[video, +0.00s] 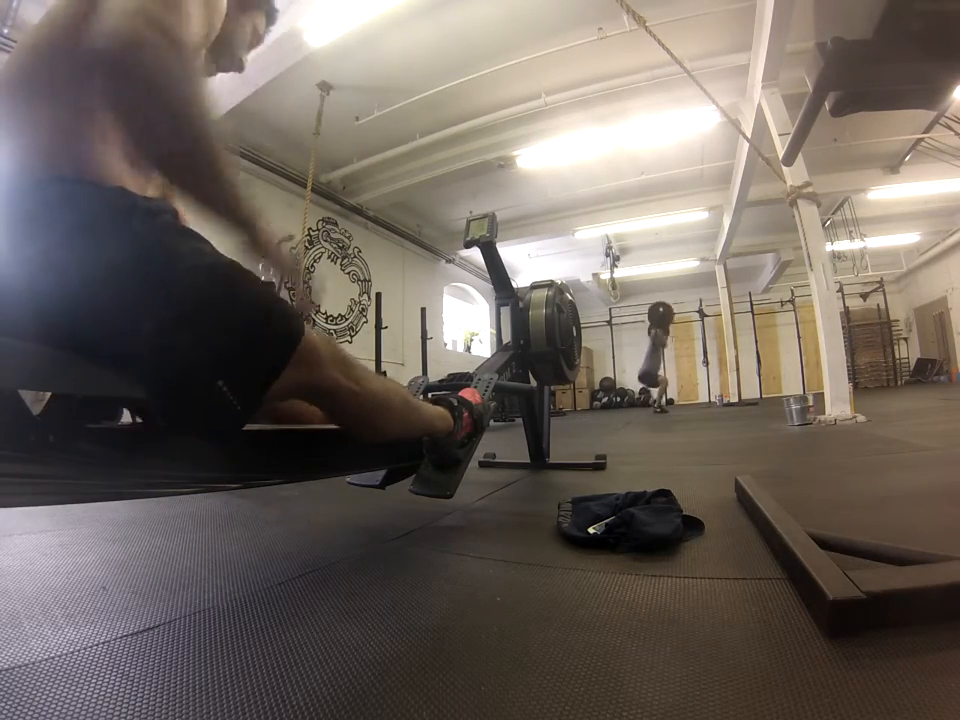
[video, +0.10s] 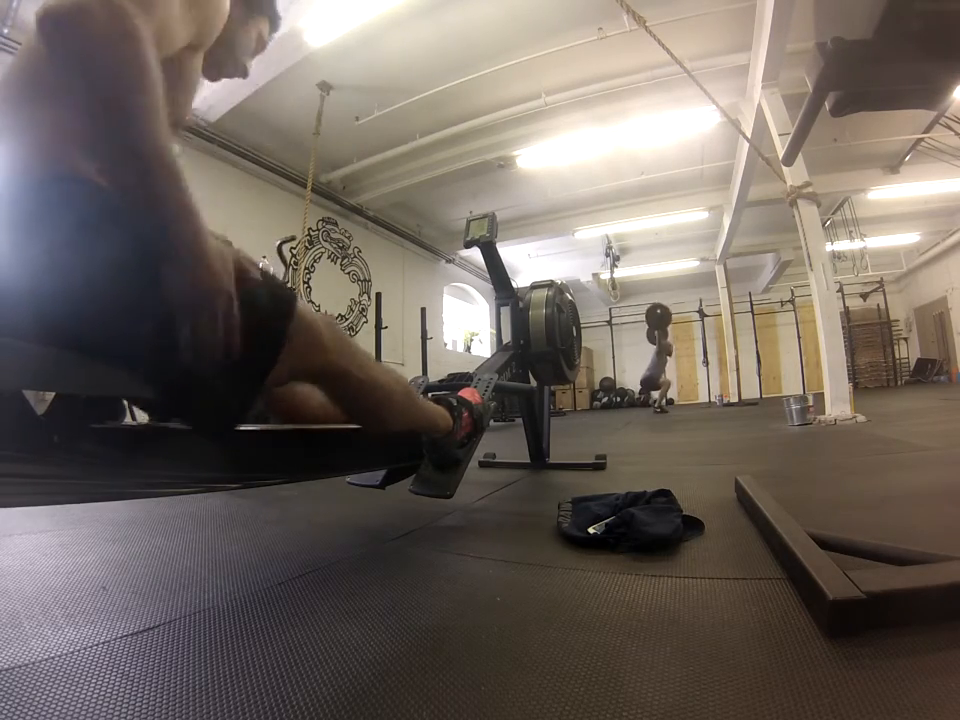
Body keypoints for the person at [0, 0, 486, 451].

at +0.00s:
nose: (256, 48)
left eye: (265, 36)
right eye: (264, 25)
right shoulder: (179, 2)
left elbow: (154, 200)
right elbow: (128, 53)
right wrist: (258, 233)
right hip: (75, 218)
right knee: (322, 366)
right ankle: (444, 424)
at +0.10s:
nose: (257, 57)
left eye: (266, 45)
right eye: (265, 33)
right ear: (243, 7)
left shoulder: (168, 84)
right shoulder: (204, 6)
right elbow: (86, 19)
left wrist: (214, 250)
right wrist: (187, 239)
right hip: (53, 217)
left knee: (279, 393)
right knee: (319, 338)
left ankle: (395, 424)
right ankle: (443, 426)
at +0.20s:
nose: (259, 70)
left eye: (272, 59)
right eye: (270, 46)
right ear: (250, 9)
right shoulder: (209, 3)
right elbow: (117, 34)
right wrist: (236, 231)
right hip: (60, 227)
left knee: (267, 348)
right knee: (331, 317)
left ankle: (358, 432)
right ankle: (443, 427)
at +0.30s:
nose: (265, 89)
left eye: (275, 76)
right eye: (274, 66)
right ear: (261, 22)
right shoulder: (220, 6)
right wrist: (304, 245)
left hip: (42, 262)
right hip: (97, 250)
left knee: (251, 329)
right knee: (343, 289)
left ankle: (359, 416)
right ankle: (444, 427)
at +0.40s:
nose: (302, 99)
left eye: (308, 92)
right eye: (306, 84)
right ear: (286, 46)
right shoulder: (248, 32)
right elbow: (318, 158)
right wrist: (391, 256)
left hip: (65, 279)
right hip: (136, 262)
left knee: (269, 322)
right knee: (374, 283)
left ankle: (364, 417)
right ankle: (444, 432)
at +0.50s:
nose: (315, 142)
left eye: (335, 102)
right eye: (333, 94)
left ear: (290, 51)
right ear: (320, 70)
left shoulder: (203, 93)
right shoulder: (304, 70)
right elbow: (402, 183)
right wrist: (451, 267)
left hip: (105, 299)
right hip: (190, 286)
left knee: (278, 301)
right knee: (398, 270)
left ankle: (363, 415)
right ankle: (443, 426)